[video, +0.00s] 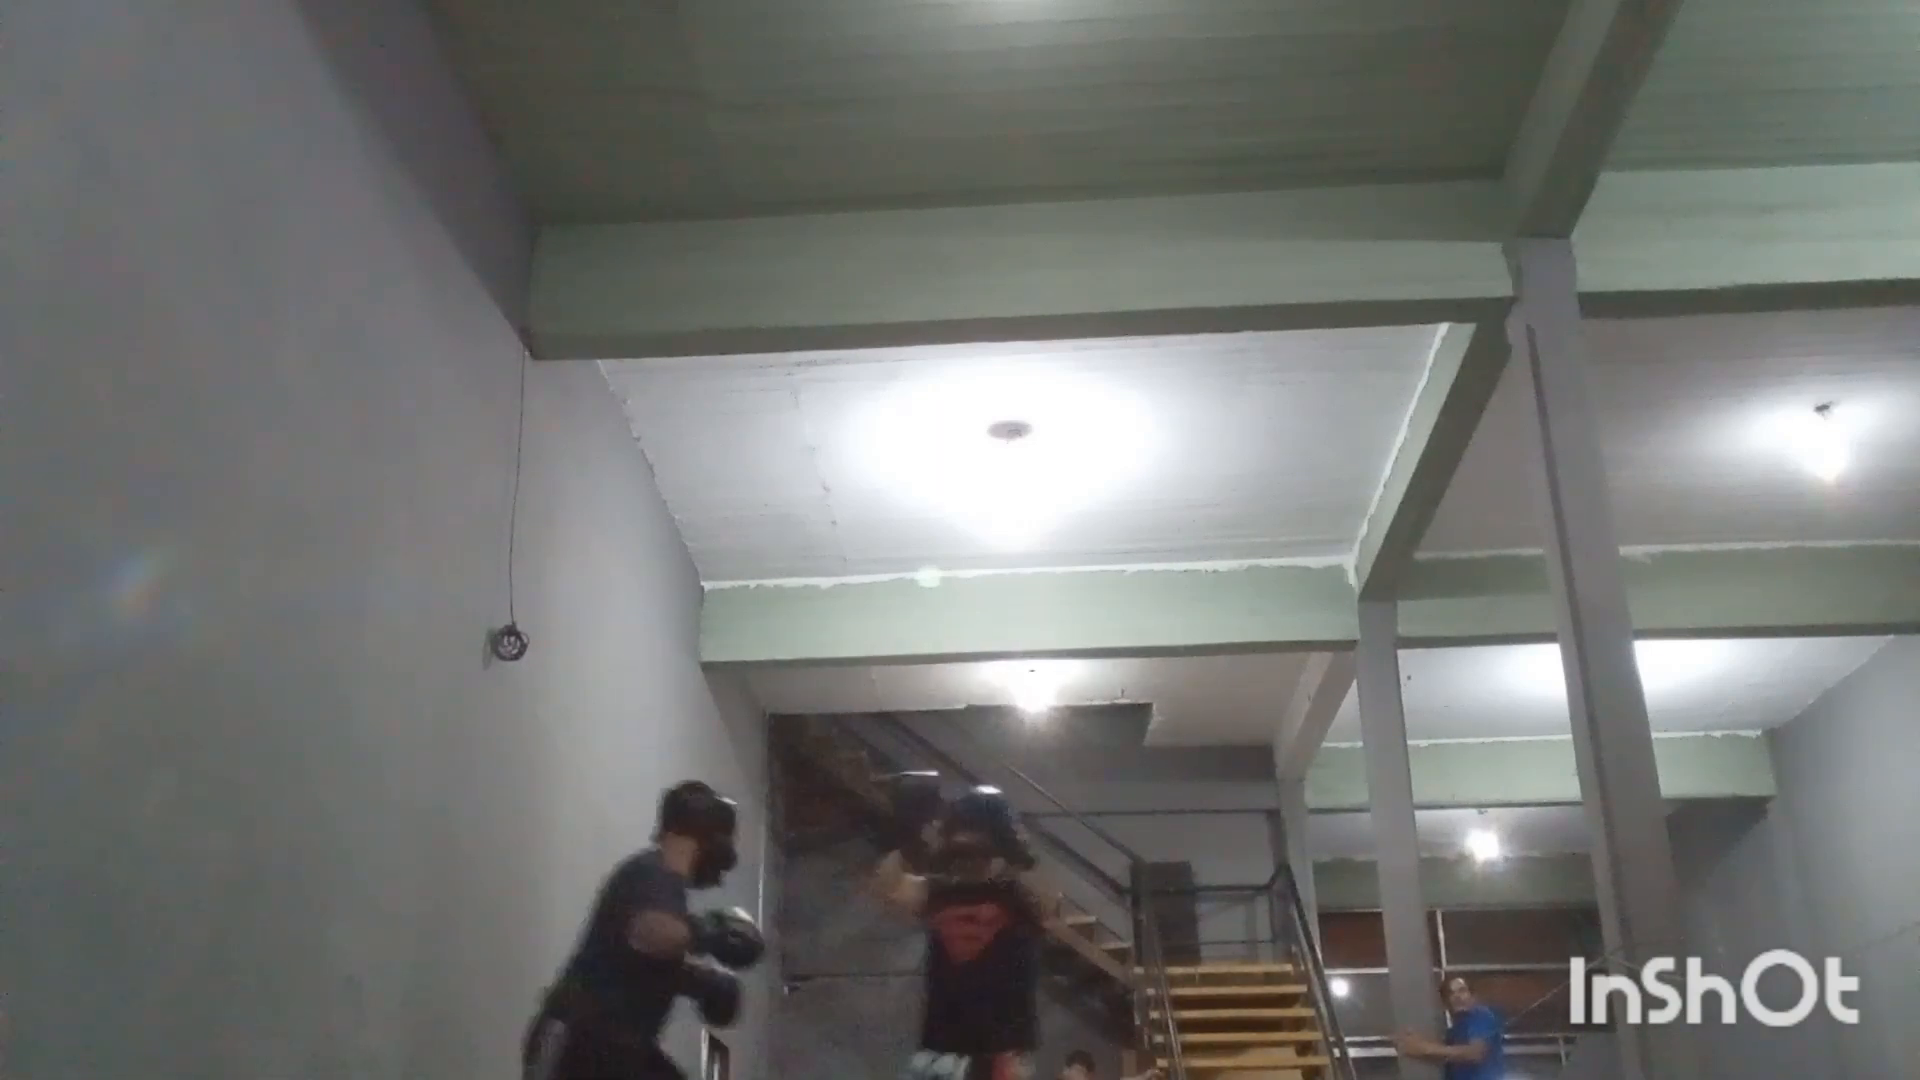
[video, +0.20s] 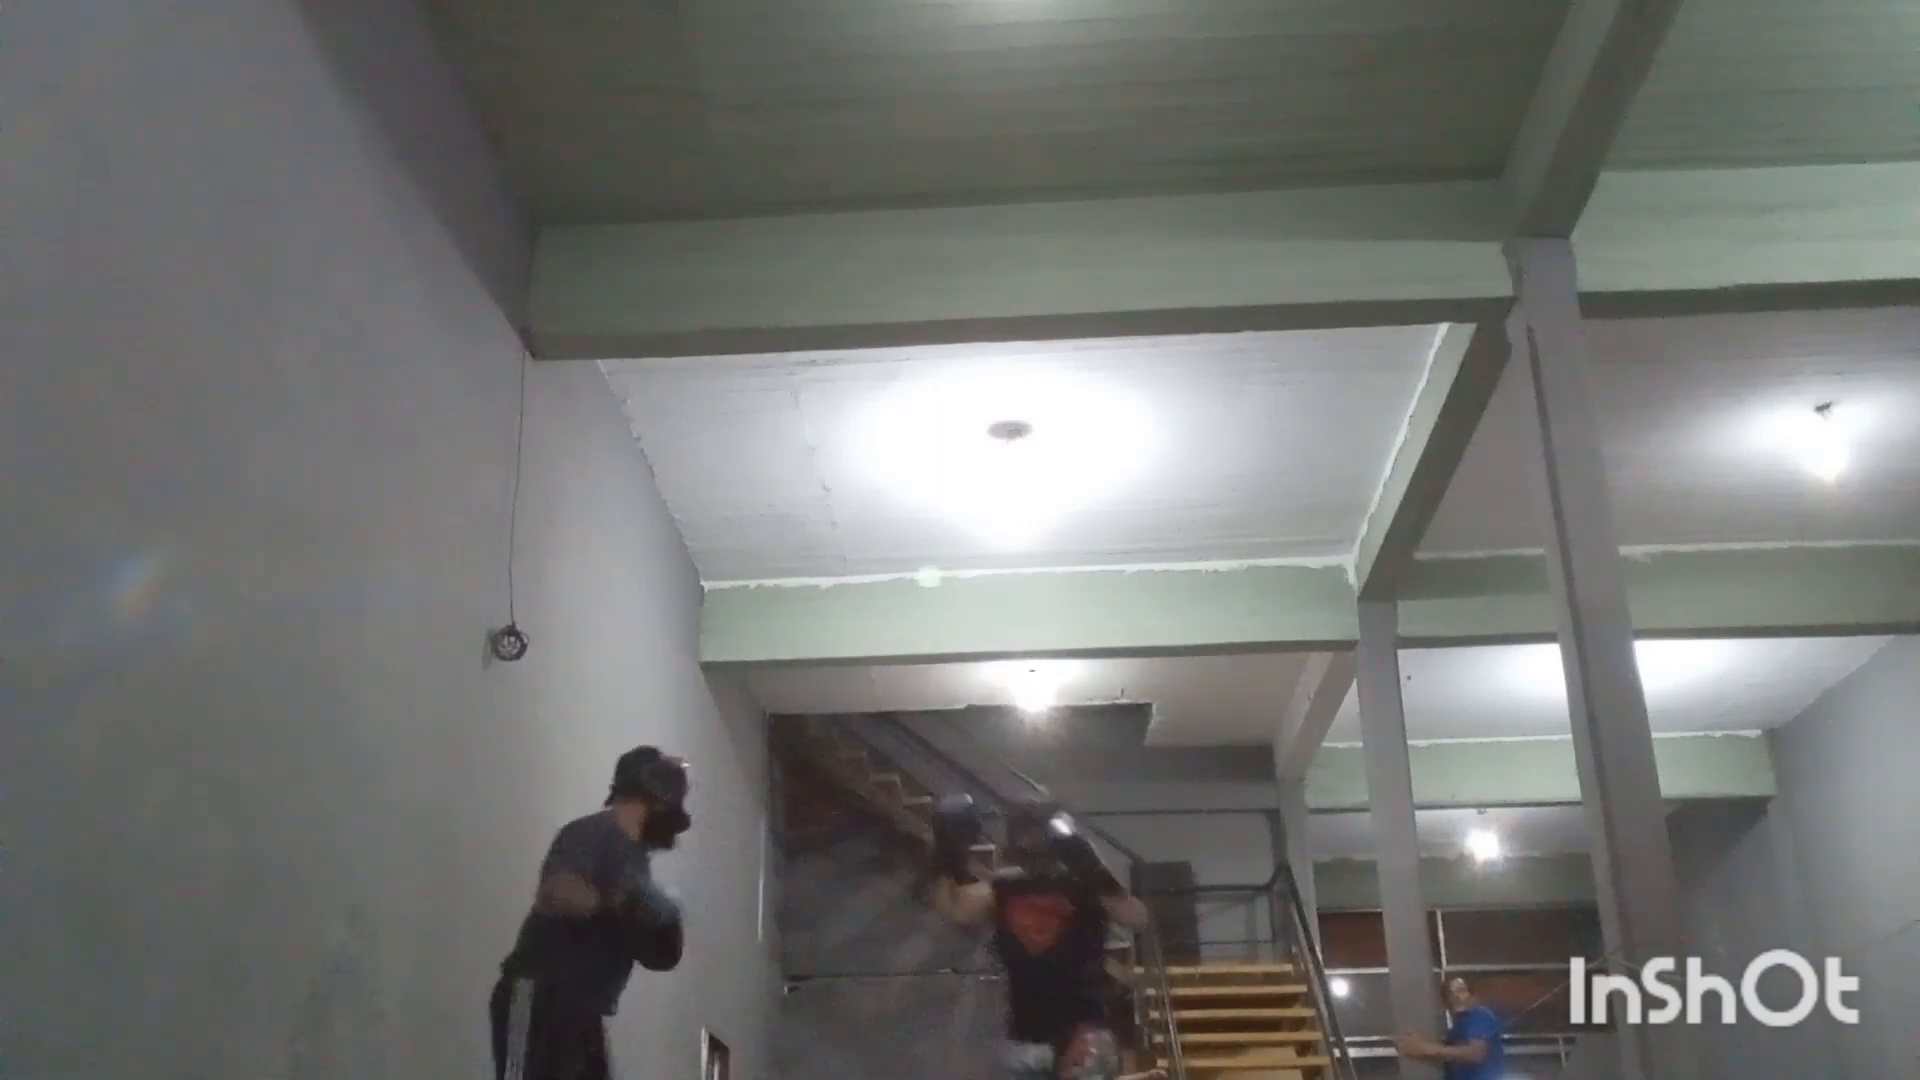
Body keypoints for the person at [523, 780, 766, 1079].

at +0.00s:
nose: (730, 854)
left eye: (729, 839)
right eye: (724, 837)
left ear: (674, 829)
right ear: (703, 834)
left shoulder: (662, 884)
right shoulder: (652, 874)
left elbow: (645, 962)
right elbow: (648, 933)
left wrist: (703, 982)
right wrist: (708, 931)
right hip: (590, 1038)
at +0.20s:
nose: (679, 817)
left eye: (680, 805)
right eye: (675, 803)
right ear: (656, 796)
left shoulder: (635, 858)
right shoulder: (587, 834)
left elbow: (663, 952)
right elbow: (558, 895)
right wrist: (629, 910)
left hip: (584, 1005)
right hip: (539, 995)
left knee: (591, 1072)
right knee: (530, 1072)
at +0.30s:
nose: (660, 838)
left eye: (658, 825)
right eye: (652, 825)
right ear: (628, 819)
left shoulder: (614, 876)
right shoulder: (562, 868)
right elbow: (537, 947)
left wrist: (654, 955)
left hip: (561, 1027)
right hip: (519, 1023)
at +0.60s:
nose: (678, 789)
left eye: (679, 776)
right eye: (673, 775)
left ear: (644, 767)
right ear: (649, 766)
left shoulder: (624, 820)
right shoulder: (596, 808)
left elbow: (633, 876)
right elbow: (599, 884)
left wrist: (667, 876)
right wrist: (655, 879)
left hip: (578, 966)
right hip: (547, 959)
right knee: (569, 1068)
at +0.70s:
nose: (687, 811)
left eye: (688, 799)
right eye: (682, 798)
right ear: (659, 791)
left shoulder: (637, 849)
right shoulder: (606, 833)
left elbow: (625, 911)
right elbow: (610, 912)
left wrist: (681, 895)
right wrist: (671, 902)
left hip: (587, 989)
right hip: (558, 981)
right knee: (591, 1070)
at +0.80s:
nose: (723, 814)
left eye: (722, 799)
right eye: (717, 798)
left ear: (685, 792)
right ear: (693, 793)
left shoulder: (664, 849)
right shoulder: (634, 836)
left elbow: (651, 928)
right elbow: (643, 918)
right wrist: (705, 891)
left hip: (623, 997)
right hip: (594, 989)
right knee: (629, 1069)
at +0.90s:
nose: (770, 795)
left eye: (770, 783)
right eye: (763, 781)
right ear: (738, 776)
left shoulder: (711, 825)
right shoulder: (685, 812)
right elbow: (711, 886)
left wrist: (725, 961)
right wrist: (770, 846)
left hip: (678, 970)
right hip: (640, 965)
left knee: (701, 1064)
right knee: (669, 1068)